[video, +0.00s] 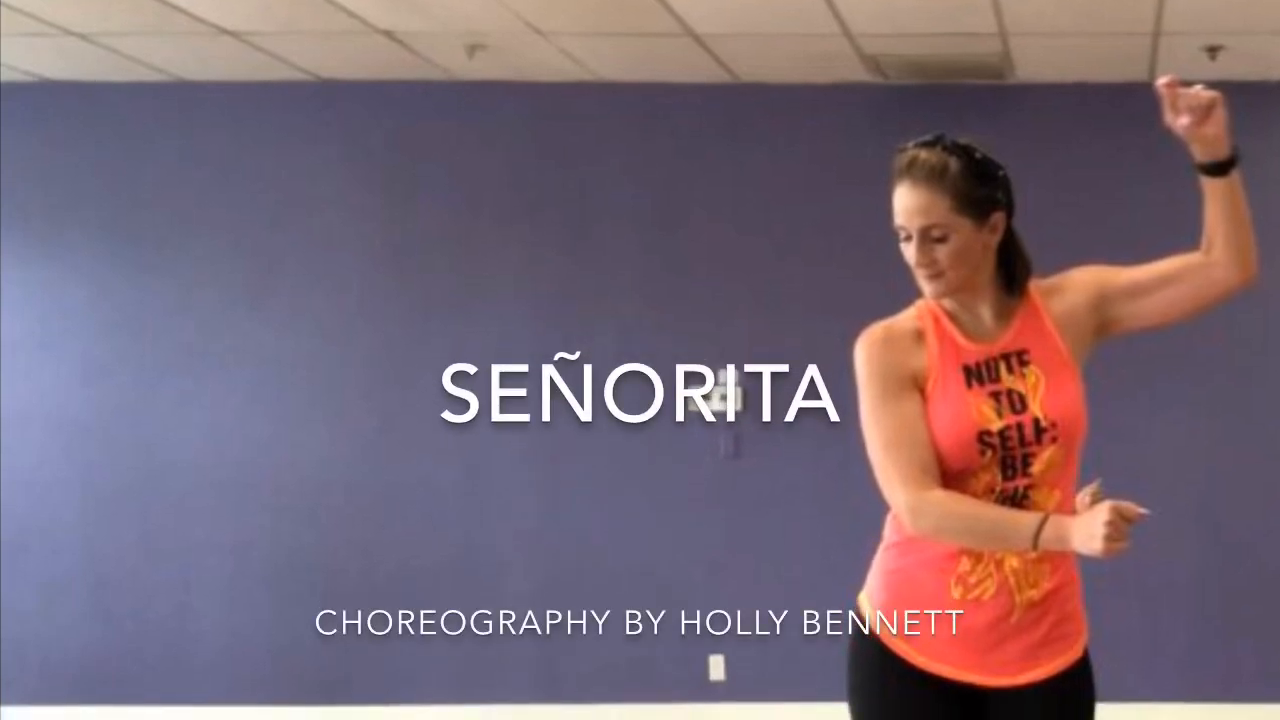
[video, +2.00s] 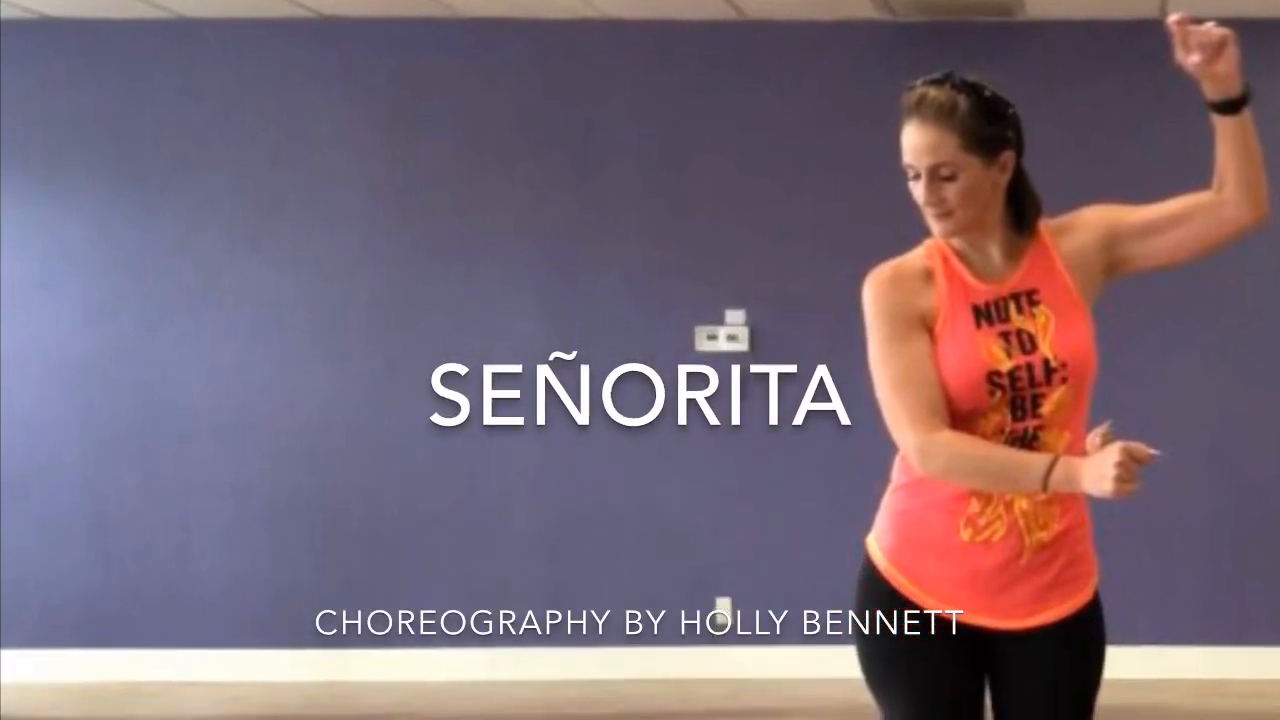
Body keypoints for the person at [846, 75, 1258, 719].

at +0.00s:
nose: (918, 256)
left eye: (937, 235)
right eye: (905, 236)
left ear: (994, 225)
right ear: (894, 233)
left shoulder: (1074, 306)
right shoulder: (890, 349)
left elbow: (1230, 267)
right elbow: (918, 506)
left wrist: (1214, 156)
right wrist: (1064, 531)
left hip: (1041, 662)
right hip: (911, 659)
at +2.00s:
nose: (926, 195)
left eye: (945, 175)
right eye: (913, 177)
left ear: (1003, 164)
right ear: (903, 173)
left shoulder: (1085, 244)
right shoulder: (898, 289)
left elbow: (1241, 206)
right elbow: (925, 447)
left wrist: (1224, 93)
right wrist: (1070, 471)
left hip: (1051, 604)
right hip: (917, 603)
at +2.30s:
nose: (927, 187)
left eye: (946, 166)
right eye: (915, 168)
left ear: (1004, 155)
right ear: (905, 164)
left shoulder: (1086, 235)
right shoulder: (900, 279)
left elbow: (1242, 197)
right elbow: (927, 438)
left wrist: (1227, 85)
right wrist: (1072, 463)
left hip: (1052, 593)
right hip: (919, 591)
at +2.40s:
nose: (928, 184)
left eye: (946, 163)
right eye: (915, 165)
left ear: (1004, 152)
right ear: (905, 161)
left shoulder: (1086, 232)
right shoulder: (901, 276)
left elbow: (1242, 195)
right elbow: (927, 435)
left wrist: (1227, 82)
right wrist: (1073, 459)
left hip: (1053, 590)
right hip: (919, 589)